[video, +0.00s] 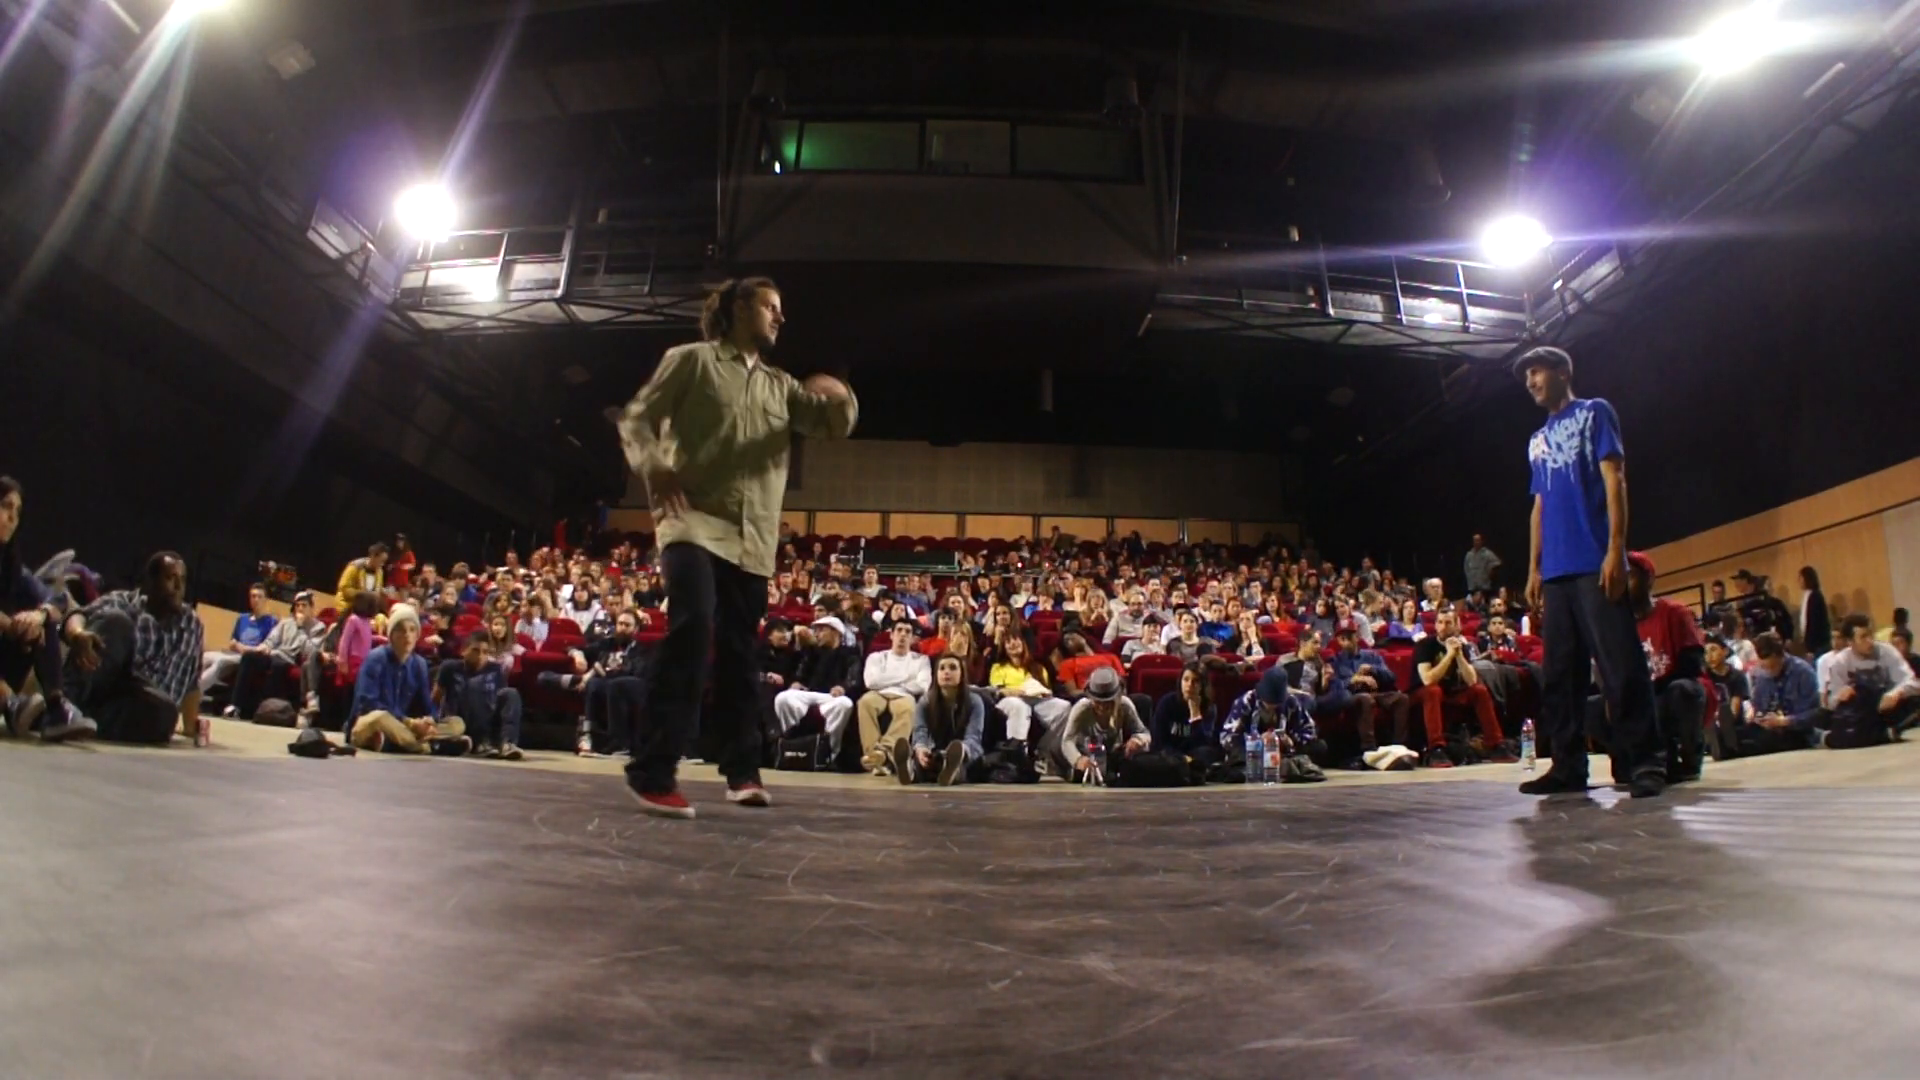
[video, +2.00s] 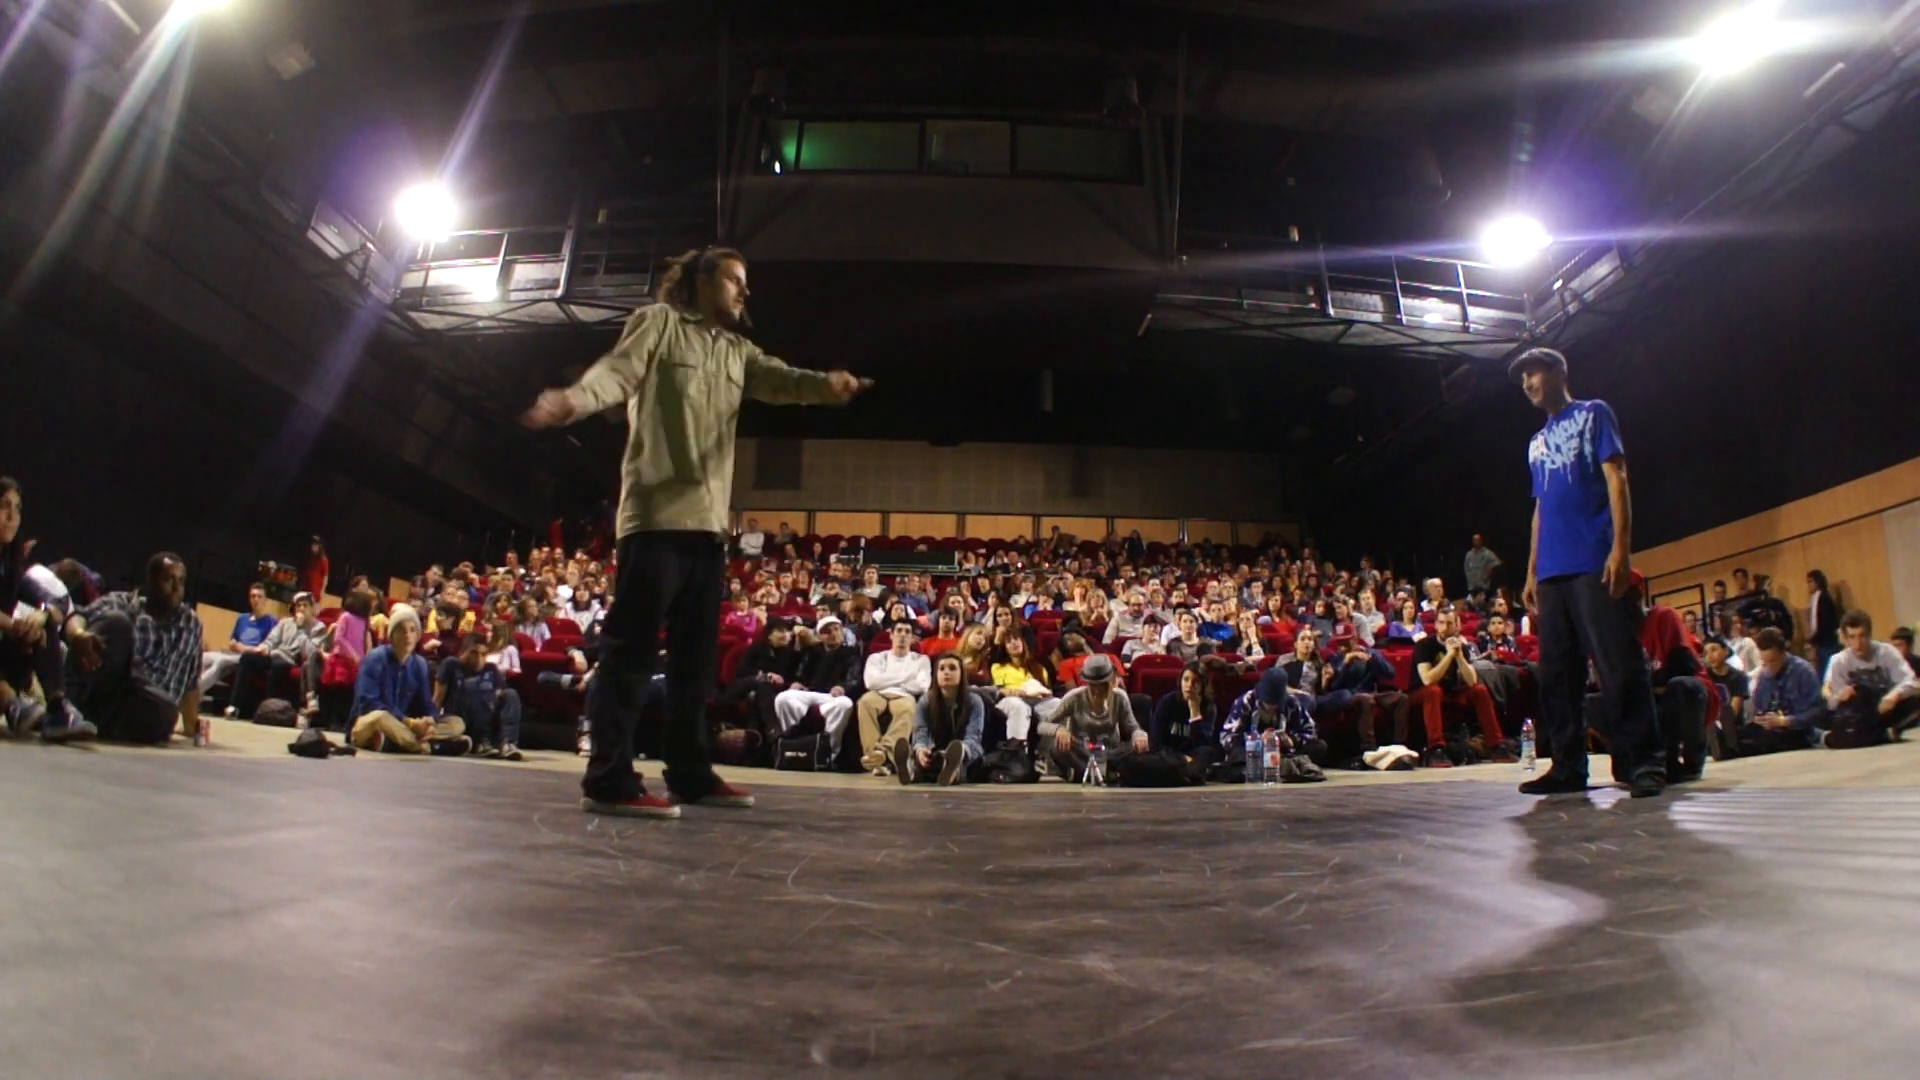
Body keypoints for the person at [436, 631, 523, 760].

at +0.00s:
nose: (480, 656)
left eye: (485, 652)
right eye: (475, 651)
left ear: (489, 654)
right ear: (464, 651)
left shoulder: (494, 669)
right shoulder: (449, 667)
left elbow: (501, 694)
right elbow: (437, 695)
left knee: (510, 693)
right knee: (472, 687)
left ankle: (508, 743)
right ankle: (482, 742)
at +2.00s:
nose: (478, 659)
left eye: (483, 654)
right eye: (474, 654)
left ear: (487, 654)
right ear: (465, 652)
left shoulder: (491, 669)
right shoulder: (450, 665)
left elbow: (499, 695)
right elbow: (438, 697)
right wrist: (430, 721)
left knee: (510, 694)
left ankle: (508, 743)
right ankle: (483, 742)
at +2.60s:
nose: (478, 659)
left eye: (483, 654)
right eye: (474, 654)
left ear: (488, 654)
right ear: (465, 653)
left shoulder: (491, 669)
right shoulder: (451, 664)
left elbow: (499, 694)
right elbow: (438, 697)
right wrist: (429, 721)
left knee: (510, 694)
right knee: (471, 690)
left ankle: (507, 743)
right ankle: (482, 742)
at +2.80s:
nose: (478, 659)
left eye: (483, 654)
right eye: (474, 653)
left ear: (487, 654)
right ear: (465, 653)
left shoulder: (491, 669)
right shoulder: (451, 665)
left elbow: (500, 693)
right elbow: (438, 697)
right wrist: (429, 720)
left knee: (510, 694)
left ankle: (508, 743)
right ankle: (483, 742)